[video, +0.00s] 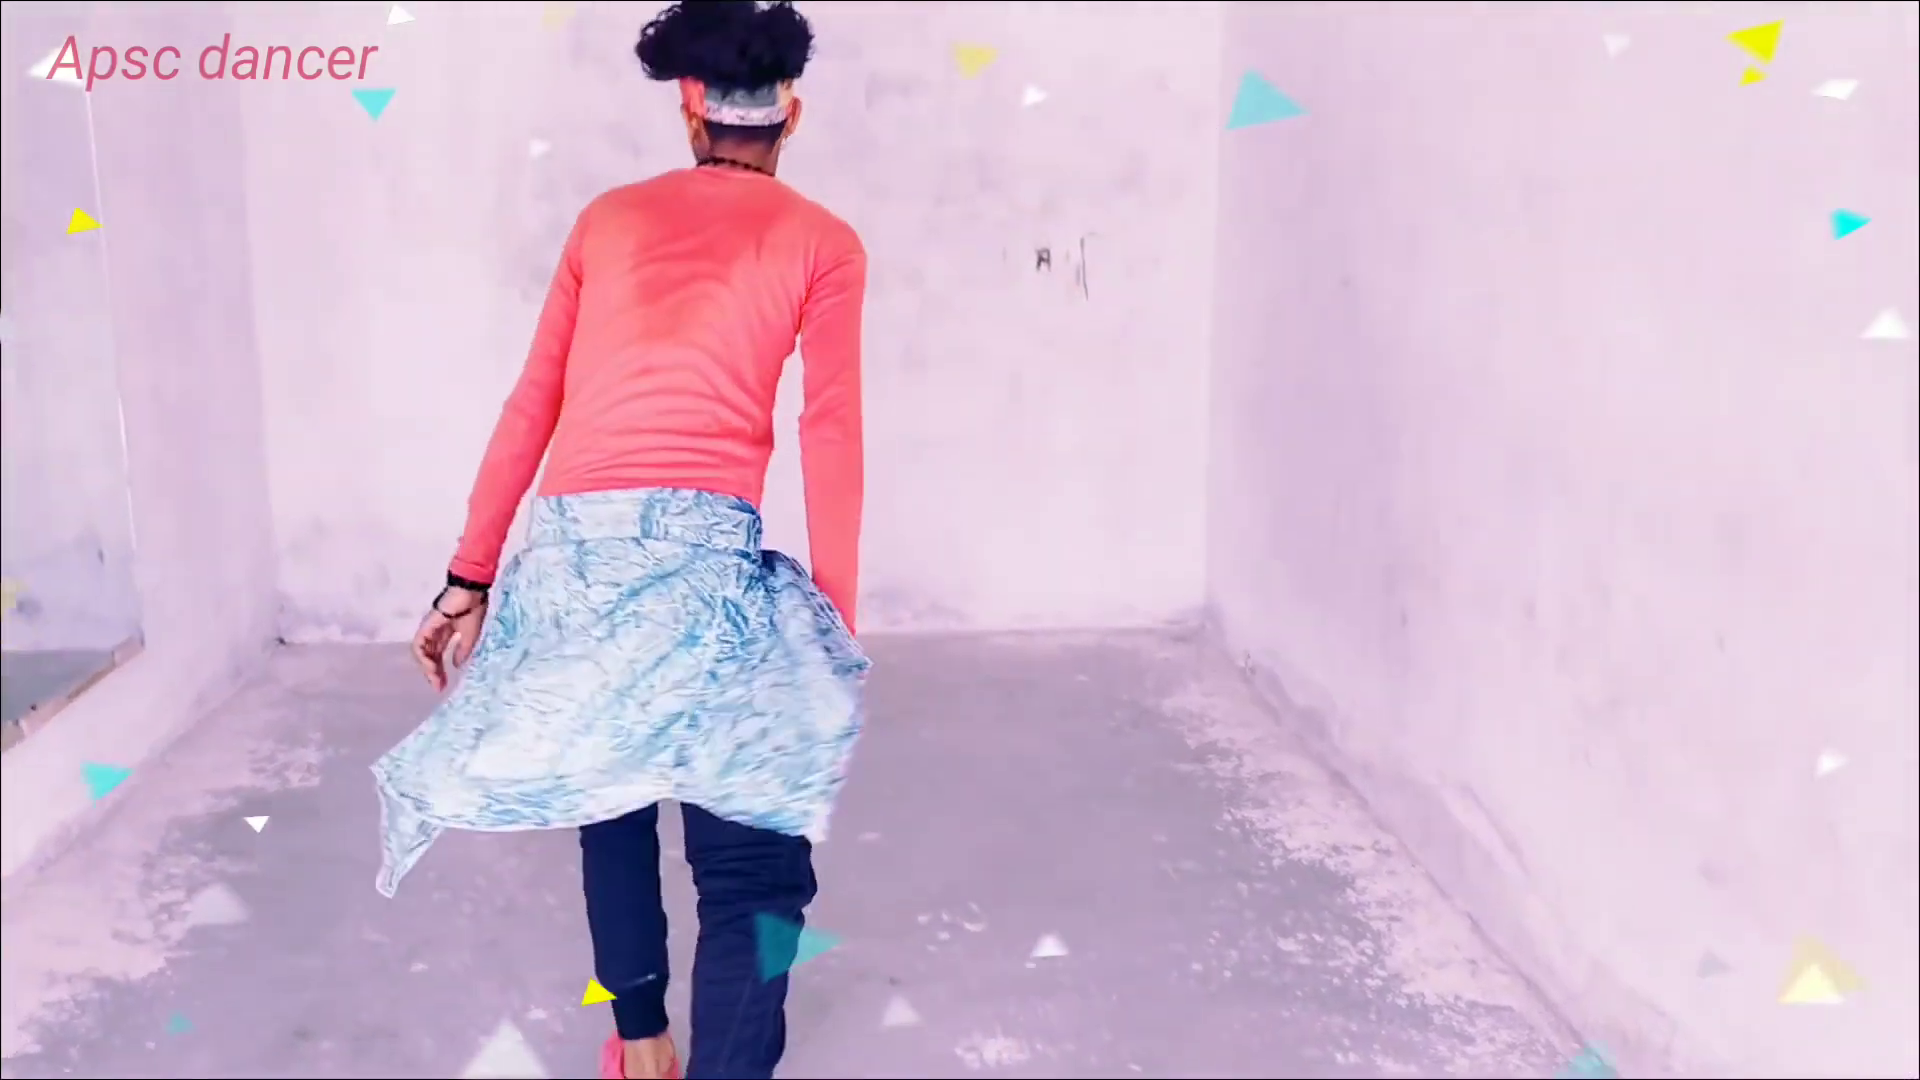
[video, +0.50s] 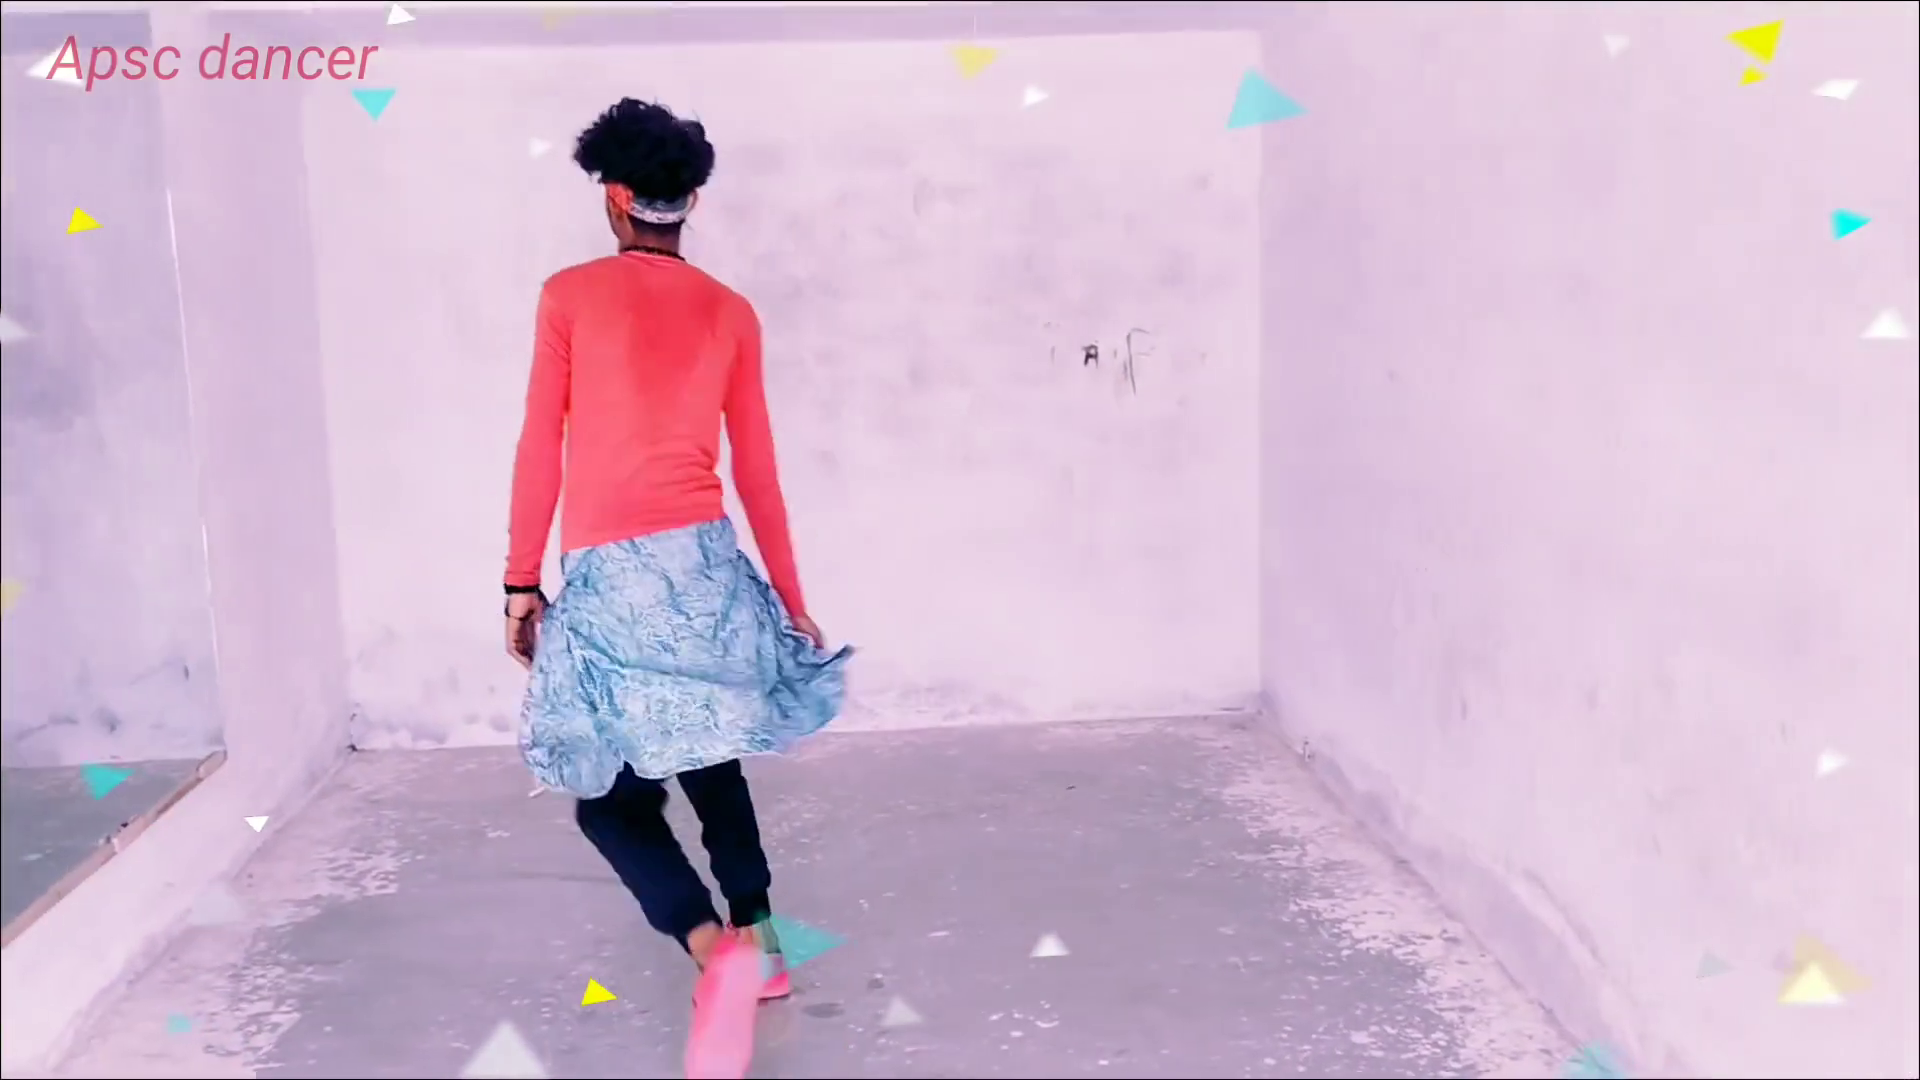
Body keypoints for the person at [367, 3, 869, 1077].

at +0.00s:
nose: (702, 106)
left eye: (688, 90)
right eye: (782, 91)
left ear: (686, 103)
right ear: (793, 107)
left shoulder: (607, 217)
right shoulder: (820, 241)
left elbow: (534, 402)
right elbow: (827, 428)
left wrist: (469, 575)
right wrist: (835, 616)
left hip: (562, 570)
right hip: (702, 576)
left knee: (611, 811)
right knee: (748, 878)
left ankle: (642, 1048)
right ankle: (730, 1069)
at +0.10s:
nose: (649, 114)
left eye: (644, 101)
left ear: (647, 116)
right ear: (751, 116)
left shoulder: (576, 226)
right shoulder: (782, 245)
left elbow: (526, 411)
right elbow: (808, 422)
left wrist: (495, 579)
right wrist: (824, 600)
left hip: (573, 573)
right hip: (705, 571)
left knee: (620, 845)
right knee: (754, 836)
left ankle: (646, 1064)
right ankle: (727, 1061)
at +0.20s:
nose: (692, 115)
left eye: (643, 98)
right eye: (715, 98)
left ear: (623, 113)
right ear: (727, 115)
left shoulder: (558, 232)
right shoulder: (759, 241)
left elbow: (525, 406)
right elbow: (790, 415)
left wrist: (515, 560)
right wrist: (813, 580)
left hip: (569, 558)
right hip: (697, 557)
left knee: (614, 827)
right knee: (727, 803)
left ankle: (647, 1060)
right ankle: (735, 1021)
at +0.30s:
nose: (650, 162)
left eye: (632, 145)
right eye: (681, 147)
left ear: (615, 154)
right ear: (710, 156)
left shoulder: (558, 268)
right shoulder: (748, 274)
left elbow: (524, 431)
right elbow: (785, 437)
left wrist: (519, 580)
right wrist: (815, 589)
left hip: (583, 571)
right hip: (699, 565)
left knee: (631, 831)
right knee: (714, 774)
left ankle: (674, 1061)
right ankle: (732, 971)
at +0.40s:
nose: (626, 206)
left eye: (620, 194)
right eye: (667, 195)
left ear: (615, 205)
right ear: (705, 206)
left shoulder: (567, 313)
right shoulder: (743, 323)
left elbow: (535, 470)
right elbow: (783, 478)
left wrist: (525, 607)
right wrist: (817, 614)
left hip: (601, 598)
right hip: (707, 589)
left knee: (645, 837)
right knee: (710, 762)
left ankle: (707, 1056)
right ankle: (736, 940)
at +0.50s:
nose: (608, 201)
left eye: (608, 189)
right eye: (621, 190)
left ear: (613, 197)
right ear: (695, 203)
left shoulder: (571, 295)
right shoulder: (728, 311)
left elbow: (541, 442)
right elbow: (757, 476)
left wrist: (521, 576)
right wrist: (791, 601)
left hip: (606, 574)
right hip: (706, 565)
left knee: (605, 786)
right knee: (711, 761)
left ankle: (710, 944)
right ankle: (759, 949)